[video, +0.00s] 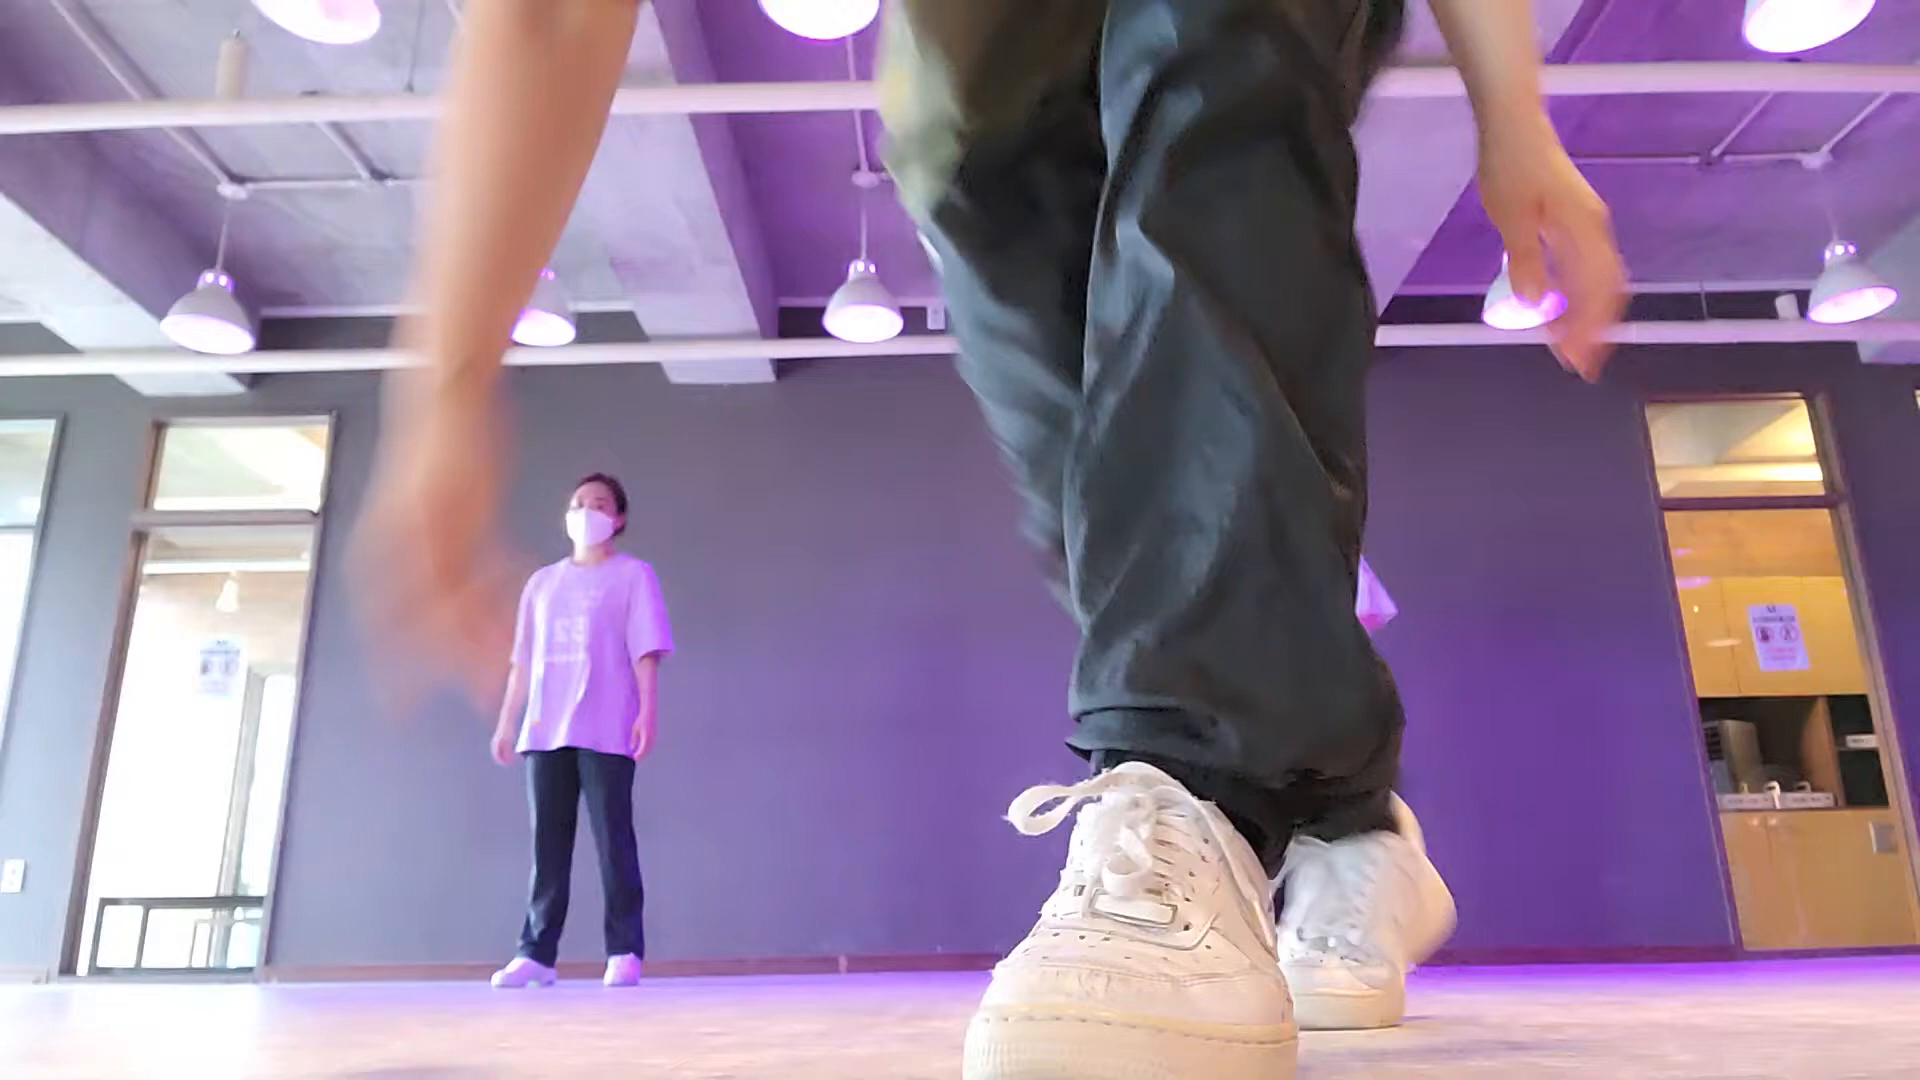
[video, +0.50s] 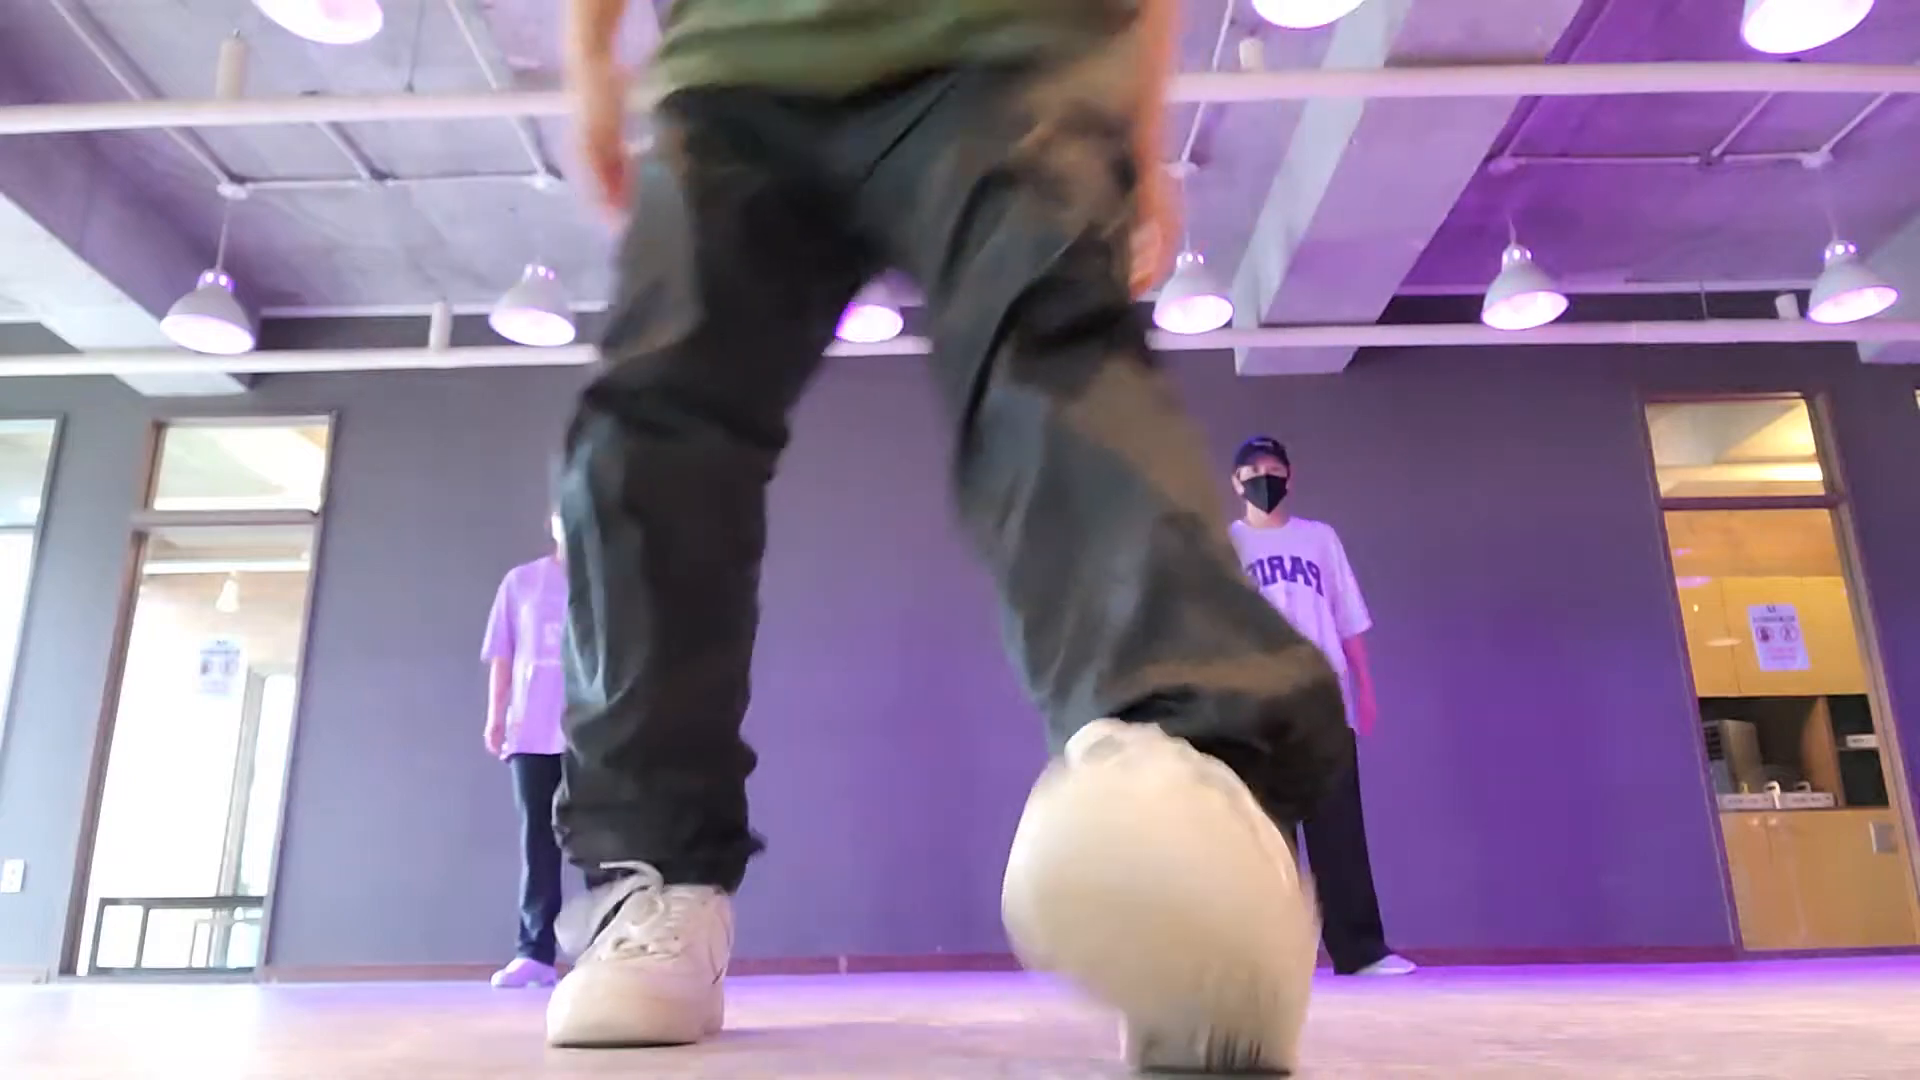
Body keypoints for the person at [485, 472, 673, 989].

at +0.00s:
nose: (587, 512)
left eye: (599, 506)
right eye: (579, 504)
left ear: (618, 521)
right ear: (566, 517)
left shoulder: (634, 576)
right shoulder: (541, 582)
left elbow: (646, 652)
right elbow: (521, 663)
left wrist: (647, 711)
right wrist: (507, 722)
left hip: (607, 727)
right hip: (545, 728)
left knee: (613, 843)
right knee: (548, 846)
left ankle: (624, 953)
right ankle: (536, 955)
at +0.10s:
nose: (579, 516)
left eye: (592, 507)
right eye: (572, 506)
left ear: (613, 519)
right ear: (562, 516)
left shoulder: (629, 576)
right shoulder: (535, 583)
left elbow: (640, 654)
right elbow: (514, 663)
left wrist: (642, 713)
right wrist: (498, 720)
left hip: (602, 728)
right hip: (542, 728)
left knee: (609, 843)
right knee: (545, 844)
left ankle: (624, 953)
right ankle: (536, 954)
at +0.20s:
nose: (578, 514)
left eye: (591, 508)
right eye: (571, 506)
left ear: (610, 522)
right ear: (557, 517)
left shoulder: (624, 577)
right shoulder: (528, 581)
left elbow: (635, 655)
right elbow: (506, 661)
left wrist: (633, 714)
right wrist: (487, 715)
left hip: (597, 727)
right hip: (536, 728)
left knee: (604, 841)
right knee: (542, 845)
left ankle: (623, 953)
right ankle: (535, 955)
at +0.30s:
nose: (577, 516)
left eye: (589, 509)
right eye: (569, 508)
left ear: (606, 523)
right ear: (554, 518)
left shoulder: (622, 580)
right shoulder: (523, 580)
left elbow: (631, 657)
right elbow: (502, 657)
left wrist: (626, 716)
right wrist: (487, 712)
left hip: (594, 729)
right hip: (533, 728)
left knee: (600, 840)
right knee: (540, 843)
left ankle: (621, 952)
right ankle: (535, 954)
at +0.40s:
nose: (576, 518)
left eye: (588, 510)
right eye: (568, 509)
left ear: (605, 524)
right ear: (552, 519)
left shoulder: (620, 581)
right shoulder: (521, 581)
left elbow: (637, 656)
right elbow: (501, 655)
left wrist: (636, 724)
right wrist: (493, 715)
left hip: (597, 730)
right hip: (534, 728)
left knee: (601, 839)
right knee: (539, 842)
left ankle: (614, 954)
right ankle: (535, 953)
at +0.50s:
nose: (569, 530)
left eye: (577, 522)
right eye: (563, 521)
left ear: (592, 528)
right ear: (552, 524)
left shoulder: (605, 582)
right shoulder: (520, 582)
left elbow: (621, 655)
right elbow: (501, 658)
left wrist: (618, 723)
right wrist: (496, 718)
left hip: (591, 735)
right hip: (533, 730)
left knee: (598, 844)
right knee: (537, 844)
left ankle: (609, 955)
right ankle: (536, 952)